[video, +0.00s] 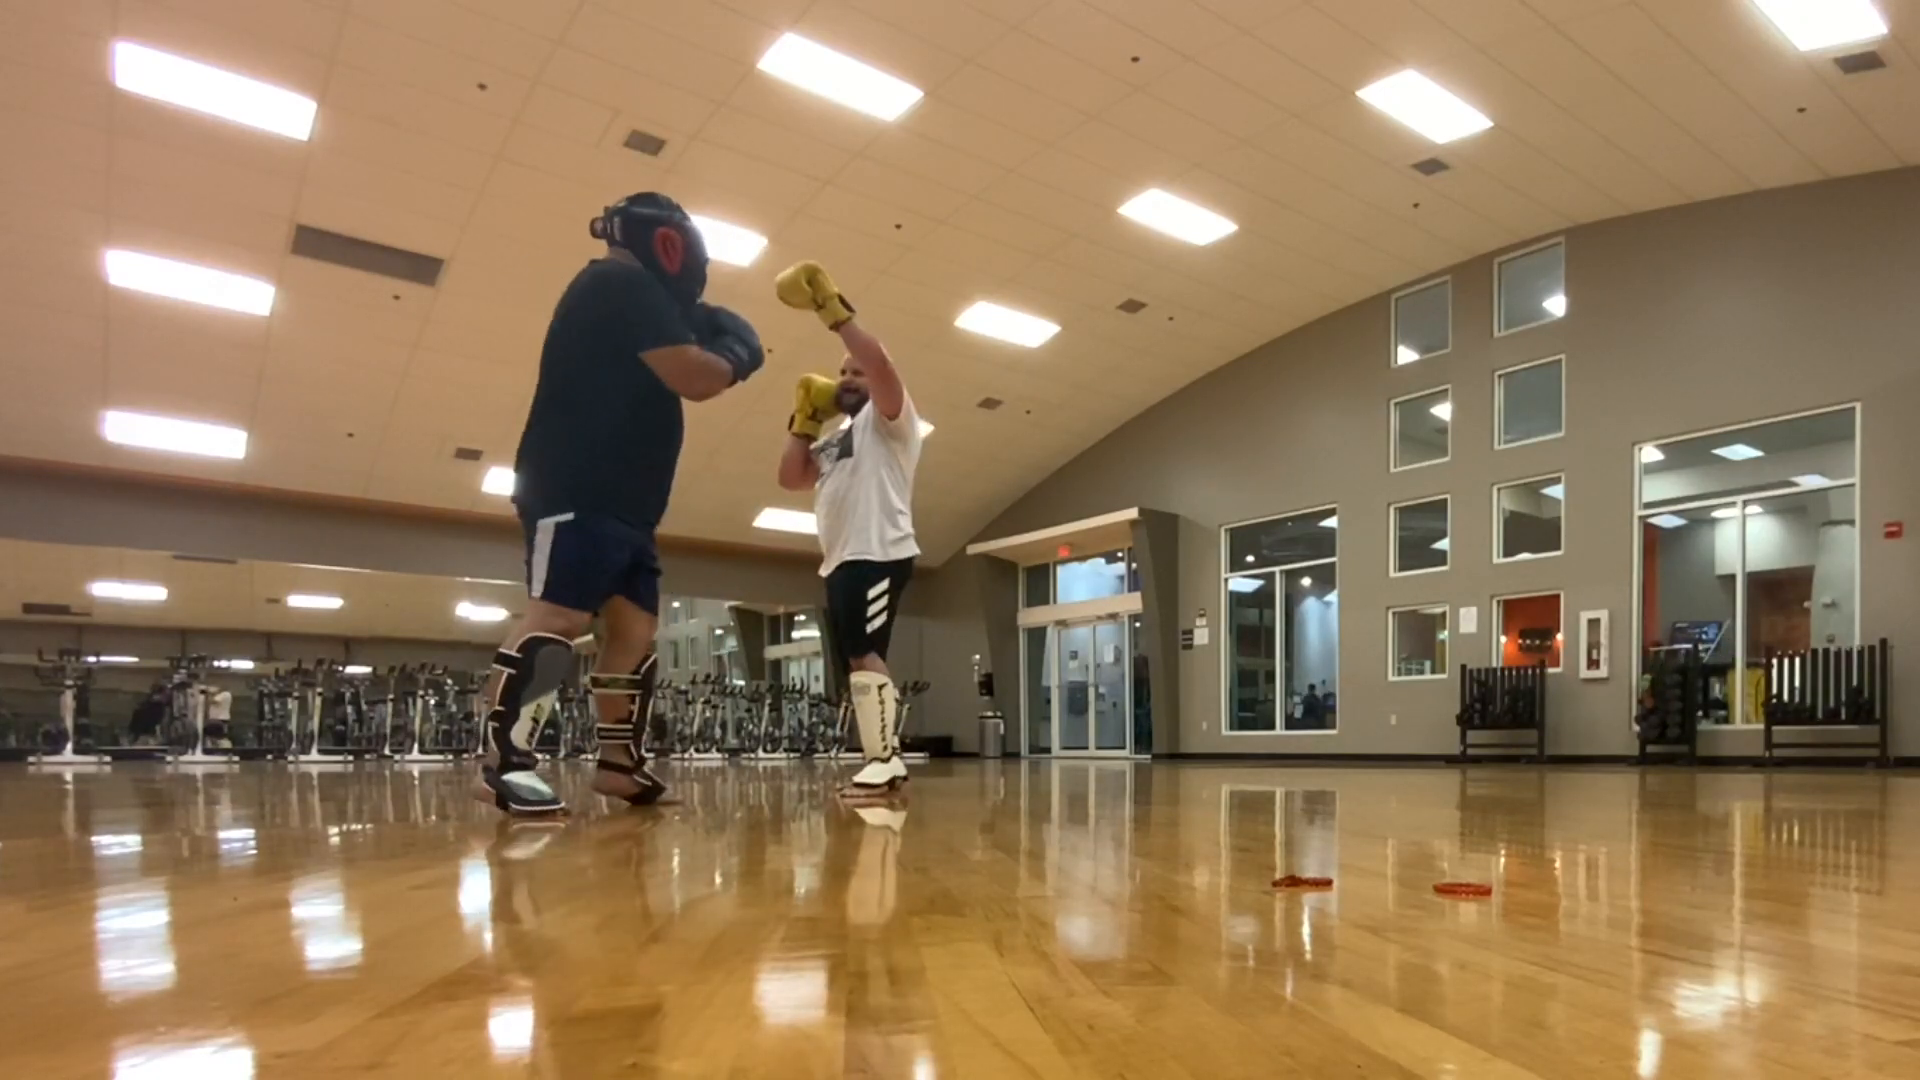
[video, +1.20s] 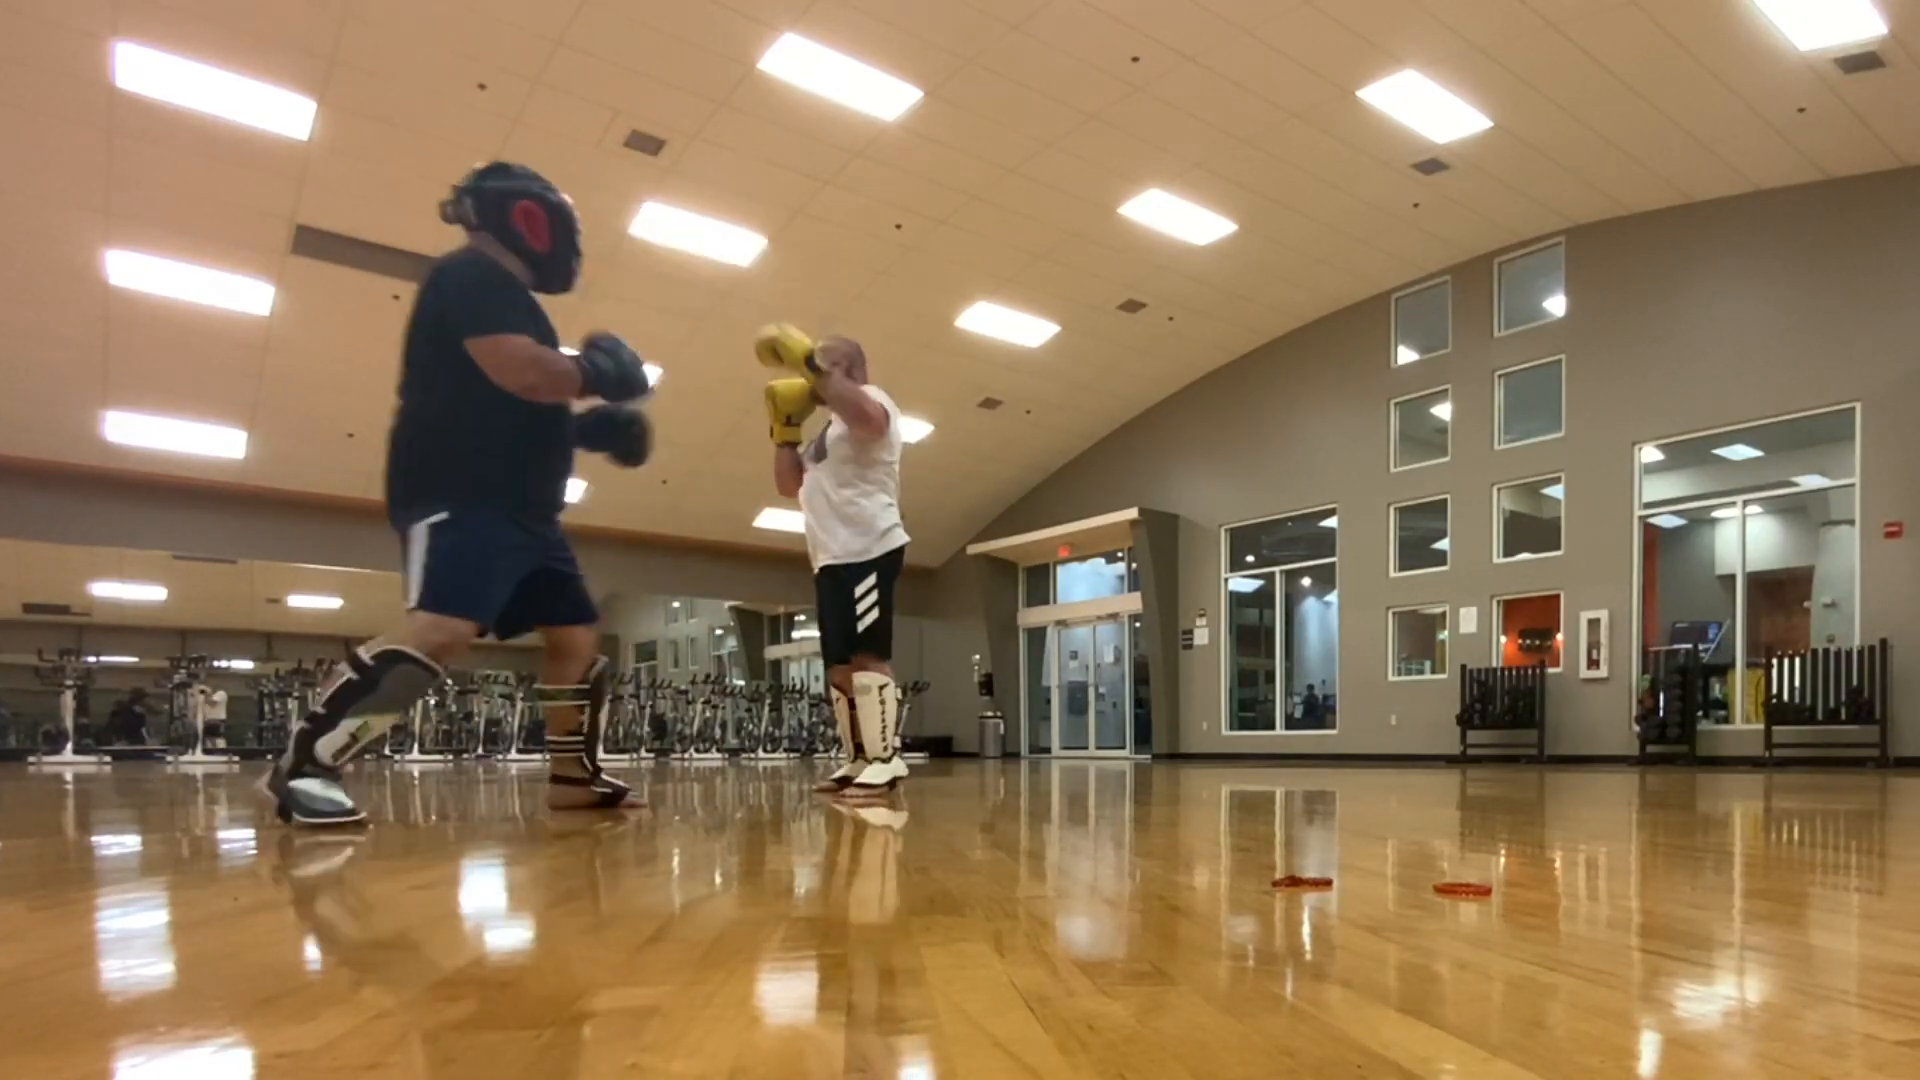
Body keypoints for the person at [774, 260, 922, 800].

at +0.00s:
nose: (848, 381)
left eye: (859, 375)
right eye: (844, 374)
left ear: (877, 384)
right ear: (836, 386)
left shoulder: (890, 422)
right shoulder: (835, 441)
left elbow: (879, 366)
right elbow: (791, 478)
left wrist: (836, 315)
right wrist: (804, 423)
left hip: (878, 548)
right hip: (842, 556)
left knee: (863, 657)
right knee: (856, 662)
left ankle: (882, 762)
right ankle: (880, 760)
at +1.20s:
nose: (822, 377)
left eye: (832, 368)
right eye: (818, 369)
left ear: (858, 370)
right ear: (819, 378)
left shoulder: (873, 402)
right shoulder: (824, 434)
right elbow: (789, 484)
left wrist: (812, 372)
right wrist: (785, 428)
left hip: (868, 548)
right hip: (832, 555)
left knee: (867, 656)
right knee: (838, 664)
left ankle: (884, 761)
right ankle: (855, 760)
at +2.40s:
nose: (776, 332)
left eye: (788, 324)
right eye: (770, 323)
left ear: (811, 339)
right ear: (761, 340)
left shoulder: (834, 382)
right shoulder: (755, 401)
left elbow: (863, 432)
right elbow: (721, 459)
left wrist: (818, 376)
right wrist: (714, 409)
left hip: (829, 541)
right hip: (773, 546)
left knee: (825, 653)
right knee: (753, 652)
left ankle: (837, 770)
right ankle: (786, 747)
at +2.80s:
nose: (717, 338)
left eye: (730, 331)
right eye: (709, 329)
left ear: (755, 342)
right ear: (697, 339)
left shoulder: (784, 388)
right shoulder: (683, 395)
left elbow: (830, 461)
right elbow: (651, 471)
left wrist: (798, 423)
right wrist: (660, 429)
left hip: (769, 536)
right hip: (705, 546)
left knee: (779, 635)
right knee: (705, 658)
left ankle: (818, 750)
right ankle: (710, 766)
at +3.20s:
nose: (727, 312)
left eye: (731, 306)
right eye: (719, 305)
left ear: (740, 321)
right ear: (700, 318)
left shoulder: (759, 377)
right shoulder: (676, 374)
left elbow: (808, 459)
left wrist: (795, 411)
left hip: (744, 532)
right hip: (688, 532)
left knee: (738, 650)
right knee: (691, 651)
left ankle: (751, 767)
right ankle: (699, 758)